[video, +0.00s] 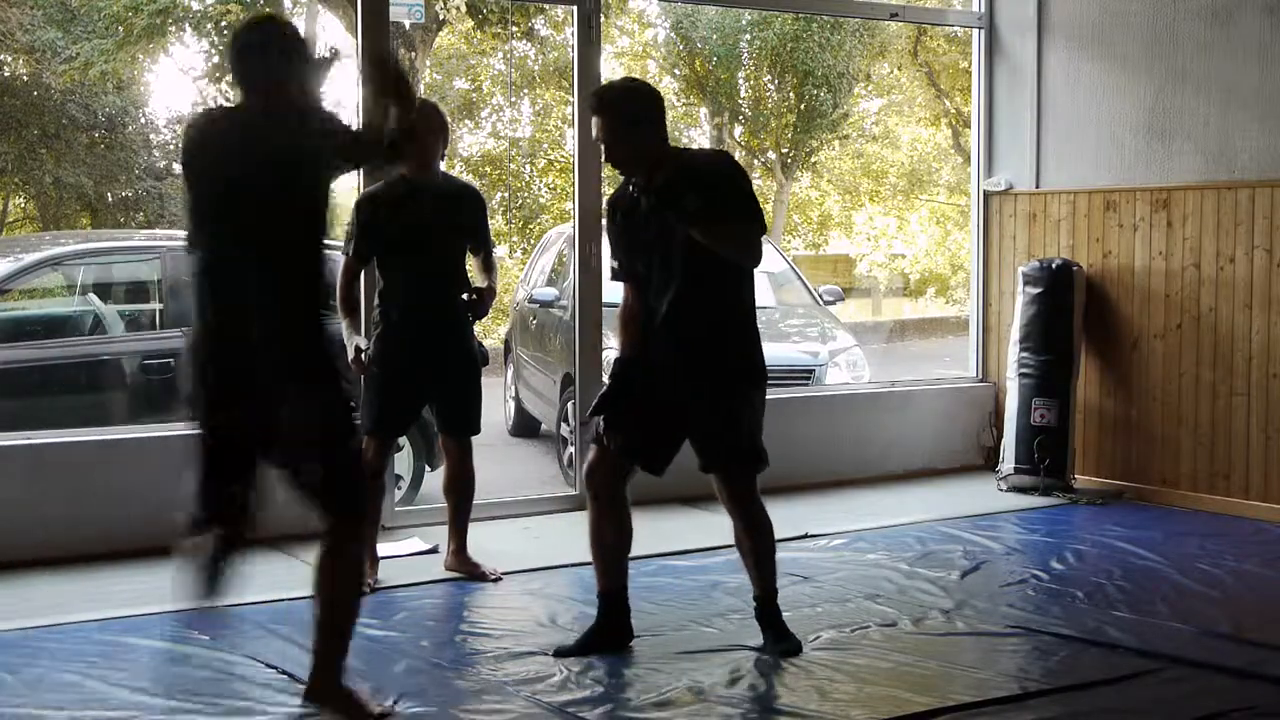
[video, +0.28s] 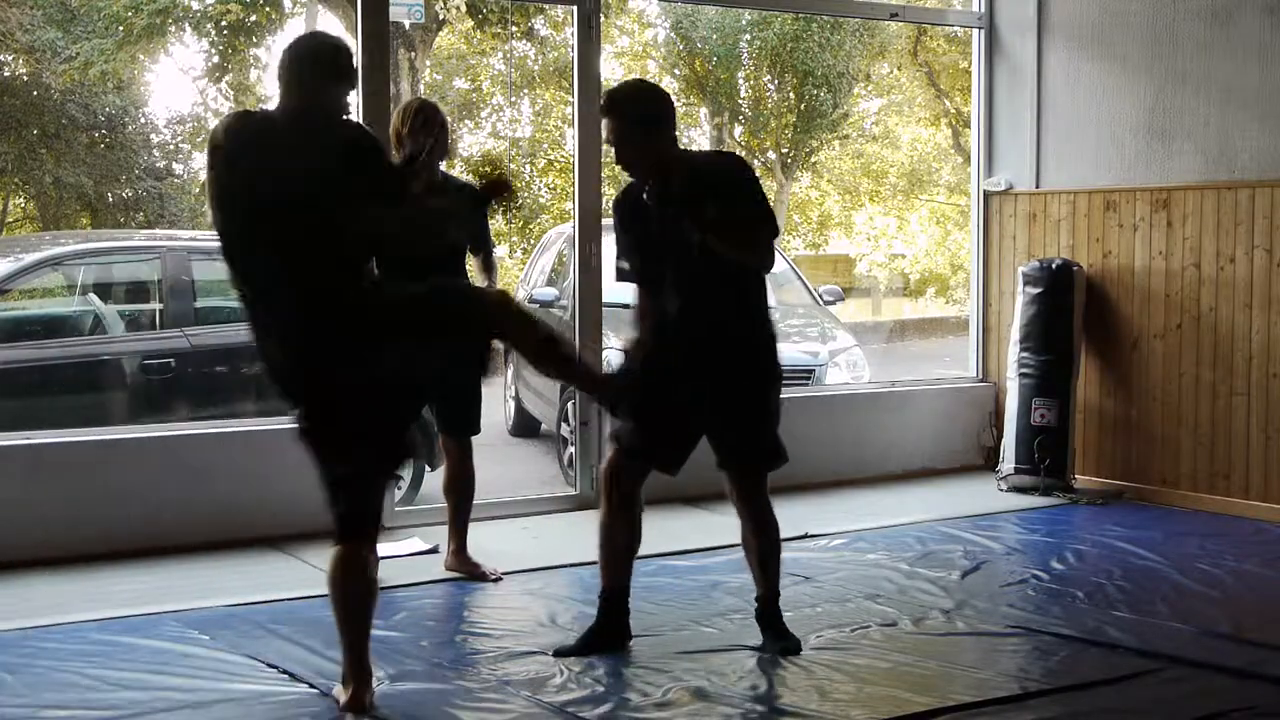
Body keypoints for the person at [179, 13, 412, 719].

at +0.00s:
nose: (310, 80)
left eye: (308, 67)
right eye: (304, 67)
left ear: (239, 72)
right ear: (285, 71)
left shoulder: (204, 134)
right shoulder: (309, 133)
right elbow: (386, 142)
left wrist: (307, 84)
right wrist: (380, 62)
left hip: (222, 355)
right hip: (297, 353)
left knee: (232, 511)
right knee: (353, 505)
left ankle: (212, 549)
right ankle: (326, 680)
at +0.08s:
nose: (315, 61)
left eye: (312, 50)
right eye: (311, 49)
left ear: (241, 52)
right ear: (298, 52)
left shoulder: (205, 117)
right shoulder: (314, 110)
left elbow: (213, 227)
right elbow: (414, 130)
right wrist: (410, 62)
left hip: (251, 336)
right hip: (326, 323)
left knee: (288, 493)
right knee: (397, 441)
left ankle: (326, 649)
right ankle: (377, 569)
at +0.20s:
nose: (332, 84)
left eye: (331, 71)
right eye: (327, 71)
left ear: (268, 71)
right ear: (302, 73)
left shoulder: (227, 133)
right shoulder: (326, 133)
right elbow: (404, 169)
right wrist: (443, 139)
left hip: (270, 347)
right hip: (340, 333)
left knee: (334, 524)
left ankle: (354, 679)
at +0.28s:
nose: (350, 100)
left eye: (349, 89)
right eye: (347, 86)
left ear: (280, 78)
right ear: (334, 84)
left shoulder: (231, 138)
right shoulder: (353, 147)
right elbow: (405, 230)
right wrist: (481, 199)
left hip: (299, 352)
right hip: (372, 330)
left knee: (356, 530)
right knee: (500, 311)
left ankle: (356, 680)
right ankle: (610, 390)